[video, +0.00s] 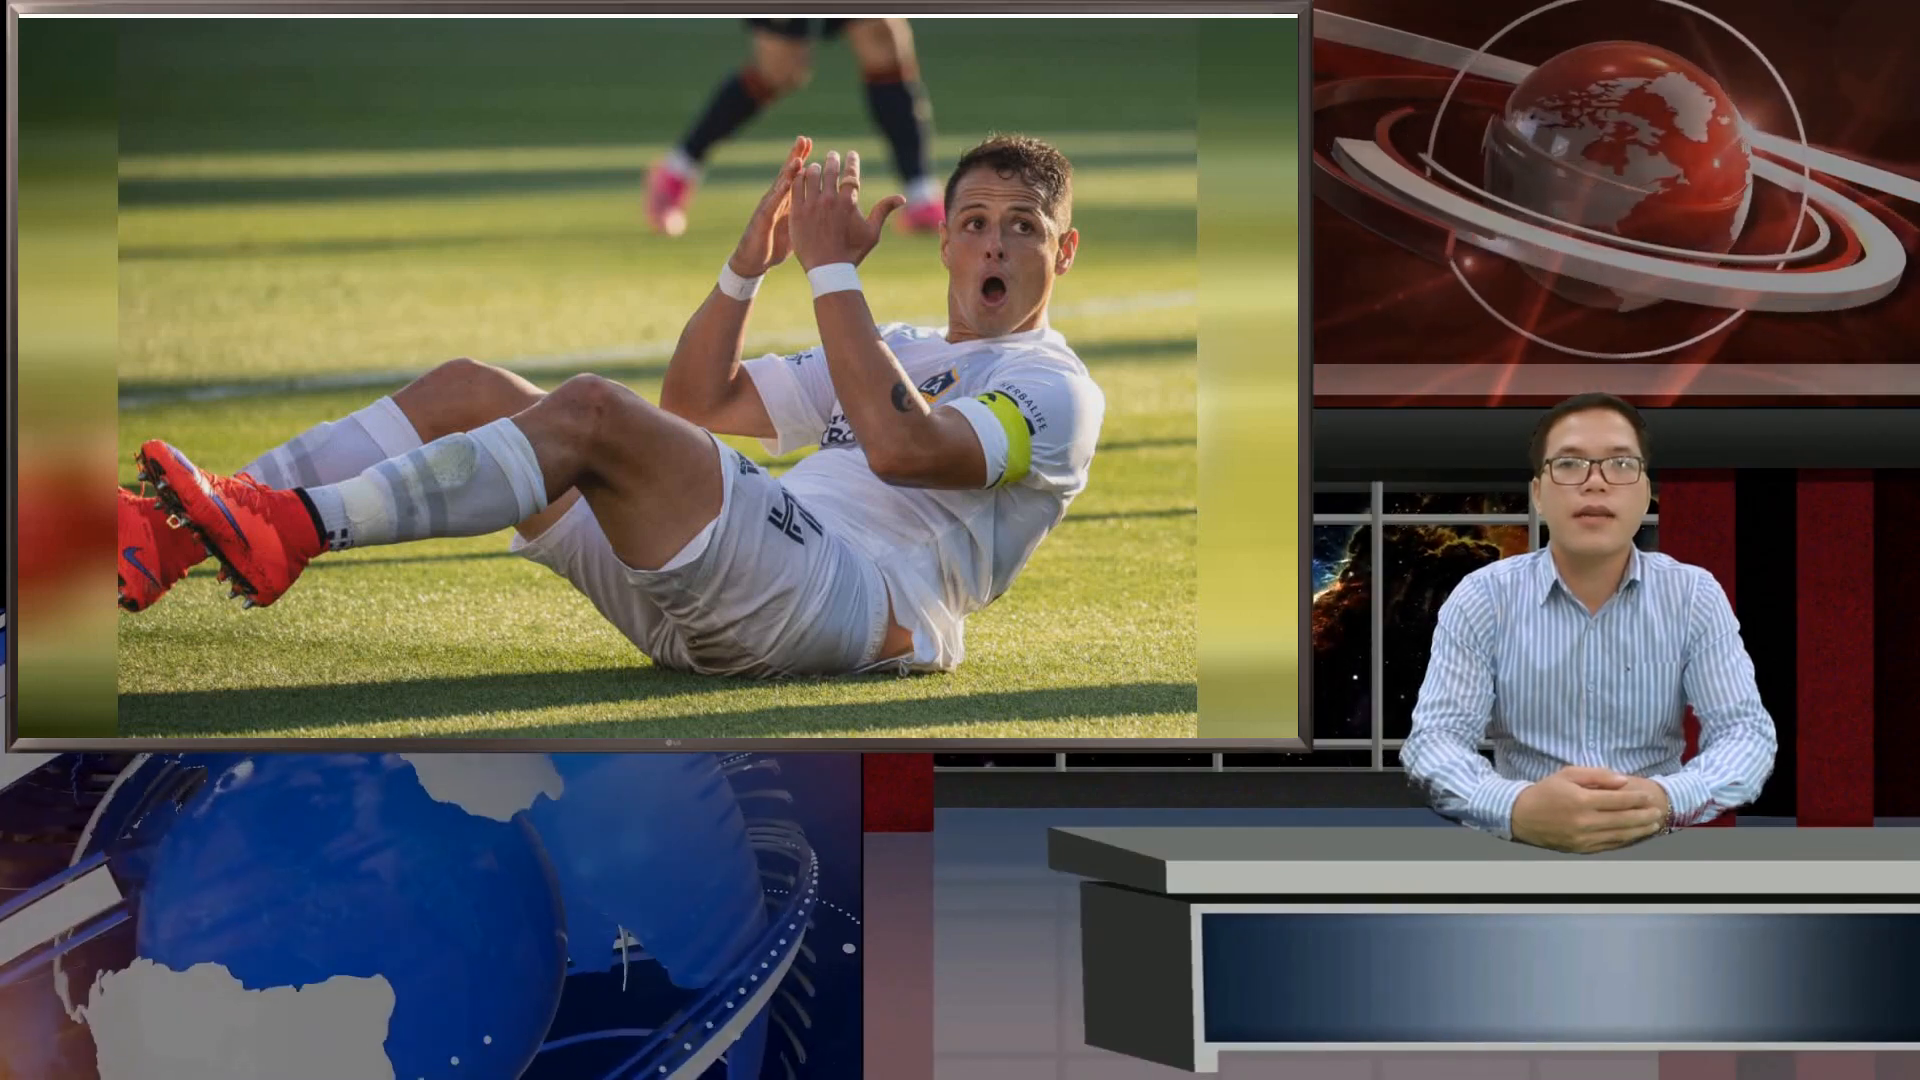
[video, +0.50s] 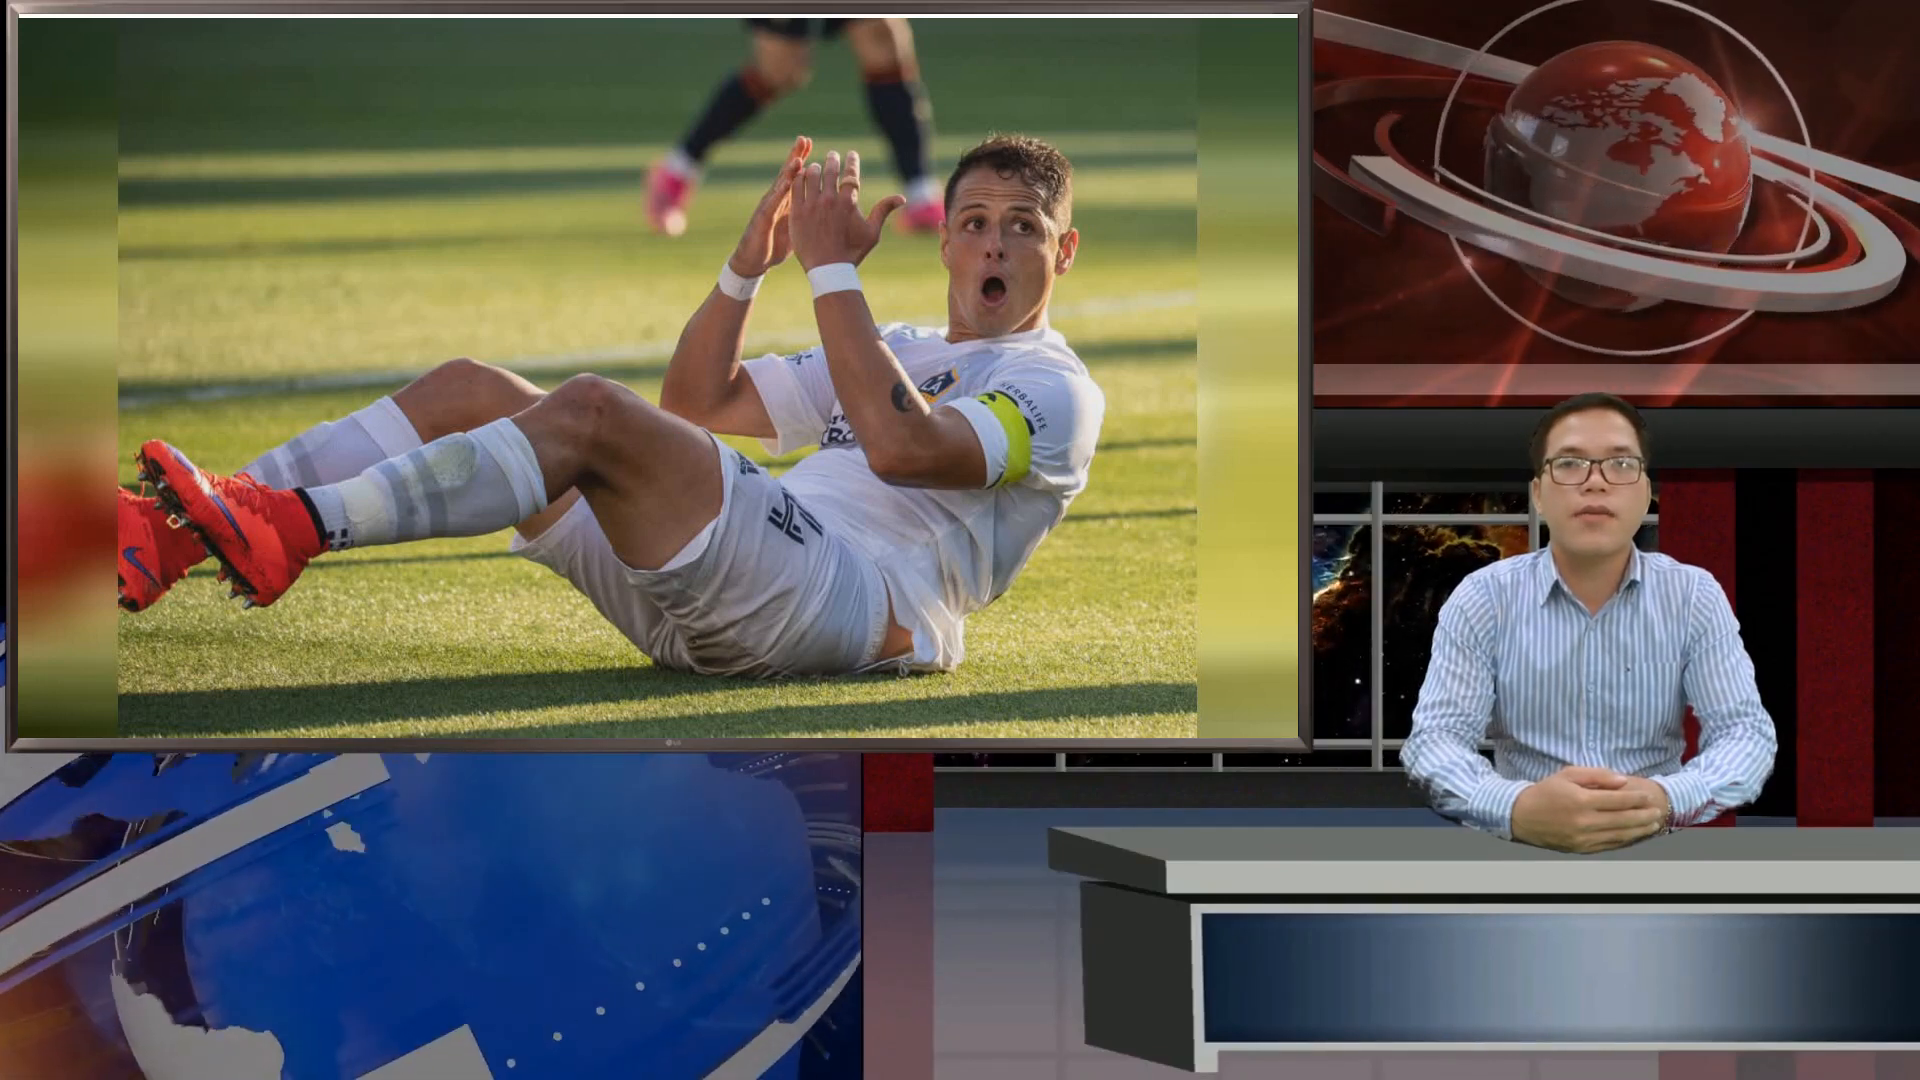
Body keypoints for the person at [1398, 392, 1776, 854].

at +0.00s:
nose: (1595, 482)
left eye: (1619, 464)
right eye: (1569, 464)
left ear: (1646, 494)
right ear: (1538, 495)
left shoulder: (1690, 598)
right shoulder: (1484, 601)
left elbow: (1745, 735)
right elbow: (1432, 745)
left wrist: (1667, 800)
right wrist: (1514, 809)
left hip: (1657, 853)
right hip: (1521, 857)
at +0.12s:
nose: (1595, 482)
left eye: (1619, 464)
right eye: (1569, 464)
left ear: (1646, 494)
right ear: (1538, 495)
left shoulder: (1690, 598)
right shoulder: (1484, 601)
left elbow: (1745, 735)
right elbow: (1432, 745)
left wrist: (1667, 800)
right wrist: (1514, 809)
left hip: (1657, 853)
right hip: (1520, 857)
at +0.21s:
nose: (1595, 482)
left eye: (1619, 464)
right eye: (1569, 464)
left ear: (1646, 494)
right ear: (1538, 495)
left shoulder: (1690, 598)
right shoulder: (1484, 601)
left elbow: (1745, 735)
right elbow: (1432, 745)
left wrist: (1667, 800)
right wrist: (1514, 809)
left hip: (1657, 854)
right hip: (1521, 857)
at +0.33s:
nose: (1595, 482)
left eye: (1619, 464)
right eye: (1569, 464)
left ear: (1646, 495)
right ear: (1538, 496)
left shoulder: (1691, 598)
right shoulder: (1484, 601)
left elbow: (1745, 735)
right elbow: (1433, 745)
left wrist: (1667, 800)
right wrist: (1514, 809)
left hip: (1656, 854)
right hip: (1520, 857)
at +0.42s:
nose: (1595, 482)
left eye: (1619, 464)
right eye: (1569, 464)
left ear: (1646, 494)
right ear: (1538, 495)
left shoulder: (1691, 598)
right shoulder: (1484, 601)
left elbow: (1745, 735)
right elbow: (1433, 745)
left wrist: (1667, 800)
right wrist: (1514, 809)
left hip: (1656, 854)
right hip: (1520, 857)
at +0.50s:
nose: (1595, 482)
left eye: (1619, 464)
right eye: (1569, 464)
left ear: (1646, 495)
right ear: (1538, 496)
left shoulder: (1691, 598)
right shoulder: (1484, 601)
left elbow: (1745, 735)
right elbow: (1433, 745)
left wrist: (1667, 800)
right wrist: (1514, 809)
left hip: (1657, 854)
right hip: (1520, 857)